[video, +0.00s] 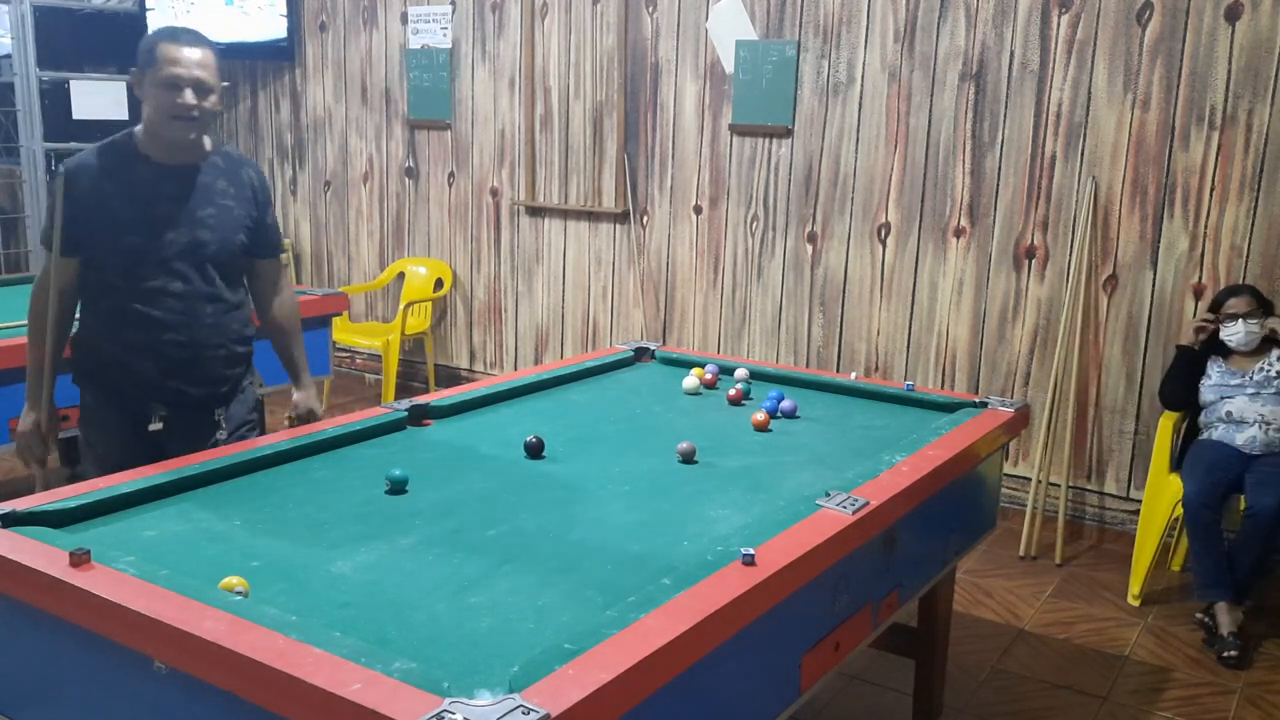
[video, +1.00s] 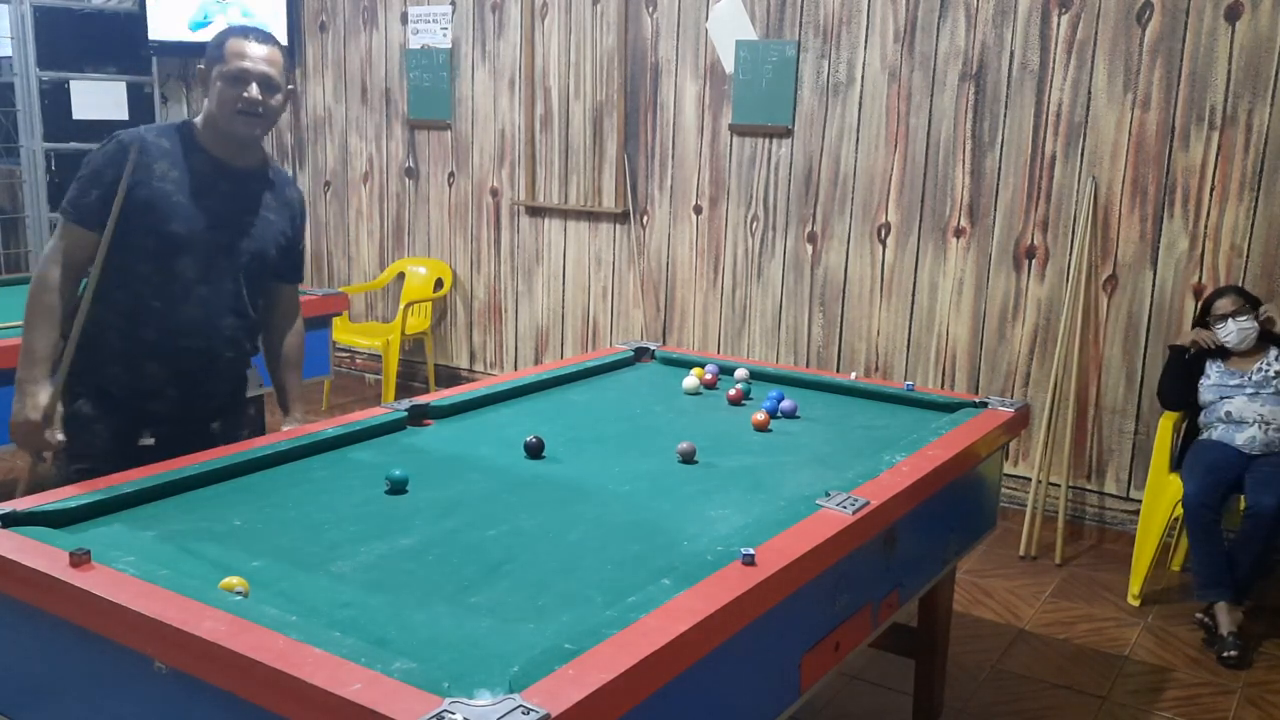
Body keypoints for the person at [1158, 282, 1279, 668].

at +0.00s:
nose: (1238, 325)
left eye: (1248, 317)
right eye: (1229, 318)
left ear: (1265, 321)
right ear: (1217, 323)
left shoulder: (1276, 358)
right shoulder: (1208, 359)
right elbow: (1171, 399)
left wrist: (1279, 338)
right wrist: (1193, 345)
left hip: (1272, 449)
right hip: (1219, 442)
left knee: (1268, 511)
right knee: (1197, 498)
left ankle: (1222, 604)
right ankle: (1225, 611)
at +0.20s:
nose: (1237, 326)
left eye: (1247, 317)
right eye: (1227, 318)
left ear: (1264, 322)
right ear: (1214, 324)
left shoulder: (1275, 357)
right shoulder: (1206, 361)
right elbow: (1171, 400)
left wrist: (1277, 336)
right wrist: (1190, 344)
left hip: (1271, 450)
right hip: (1218, 444)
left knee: (1267, 513)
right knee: (1197, 498)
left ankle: (1221, 604)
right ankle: (1225, 612)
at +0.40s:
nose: (1236, 326)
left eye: (1245, 318)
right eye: (1226, 319)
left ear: (1264, 321)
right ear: (1212, 326)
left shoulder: (1276, 355)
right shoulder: (1206, 361)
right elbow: (1171, 400)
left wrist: (1275, 334)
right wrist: (1189, 348)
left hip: (1272, 450)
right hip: (1218, 443)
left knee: (1268, 511)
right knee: (1197, 498)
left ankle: (1222, 604)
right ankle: (1225, 611)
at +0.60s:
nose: (1233, 326)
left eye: (1242, 318)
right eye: (1223, 320)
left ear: (1261, 321)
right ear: (1210, 326)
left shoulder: (1275, 354)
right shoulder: (1205, 360)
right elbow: (1171, 400)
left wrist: (1276, 334)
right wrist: (1187, 348)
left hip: (1271, 450)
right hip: (1218, 443)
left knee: (1268, 511)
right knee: (1197, 499)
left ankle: (1220, 604)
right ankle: (1224, 611)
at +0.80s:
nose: (1232, 326)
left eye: (1240, 316)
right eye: (1221, 320)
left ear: (1258, 319)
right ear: (1209, 327)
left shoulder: (1276, 355)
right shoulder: (1205, 361)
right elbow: (1171, 400)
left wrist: (1277, 335)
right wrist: (1186, 348)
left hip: (1272, 449)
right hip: (1218, 443)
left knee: (1268, 511)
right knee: (1197, 498)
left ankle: (1221, 605)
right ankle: (1224, 612)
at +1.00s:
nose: (1233, 324)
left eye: (1240, 315)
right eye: (1221, 319)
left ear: (1257, 317)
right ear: (1208, 326)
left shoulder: (1275, 354)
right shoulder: (1204, 360)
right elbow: (1171, 400)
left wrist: (1277, 333)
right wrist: (1185, 348)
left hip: (1271, 449)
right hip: (1218, 443)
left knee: (1268, 512)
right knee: (1197, 499)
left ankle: (1221, 604)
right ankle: (1224, 612)